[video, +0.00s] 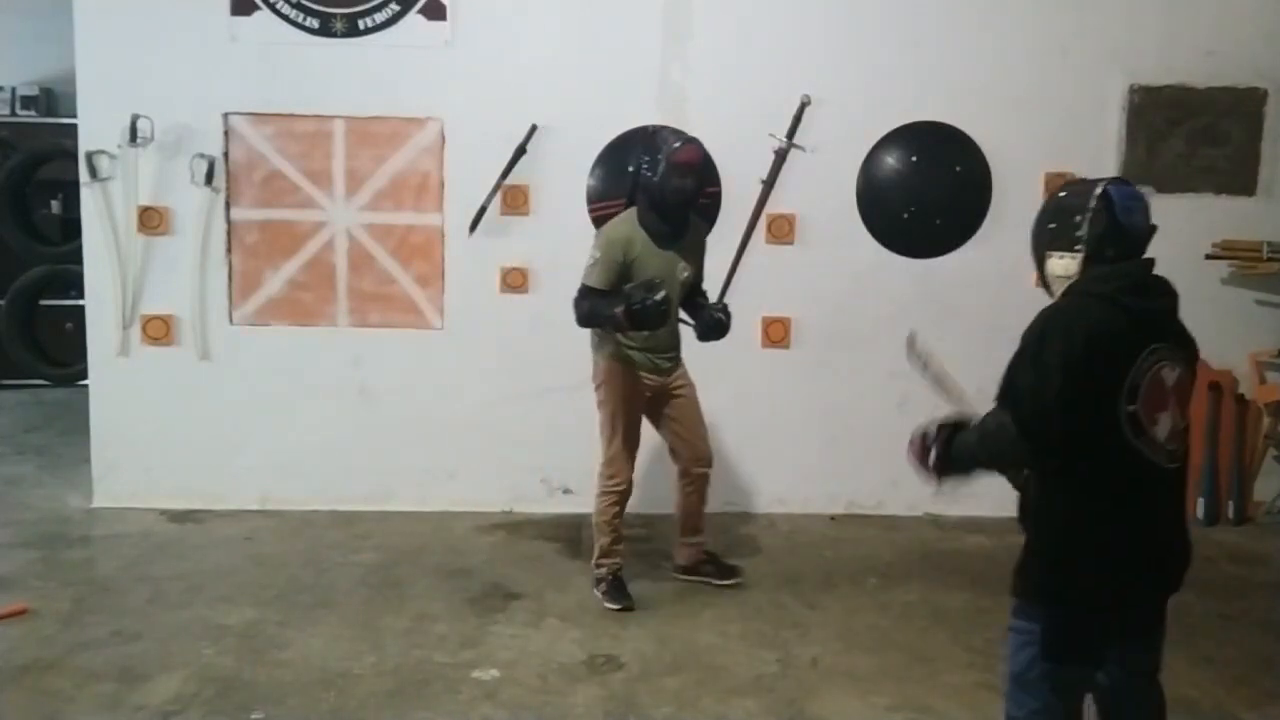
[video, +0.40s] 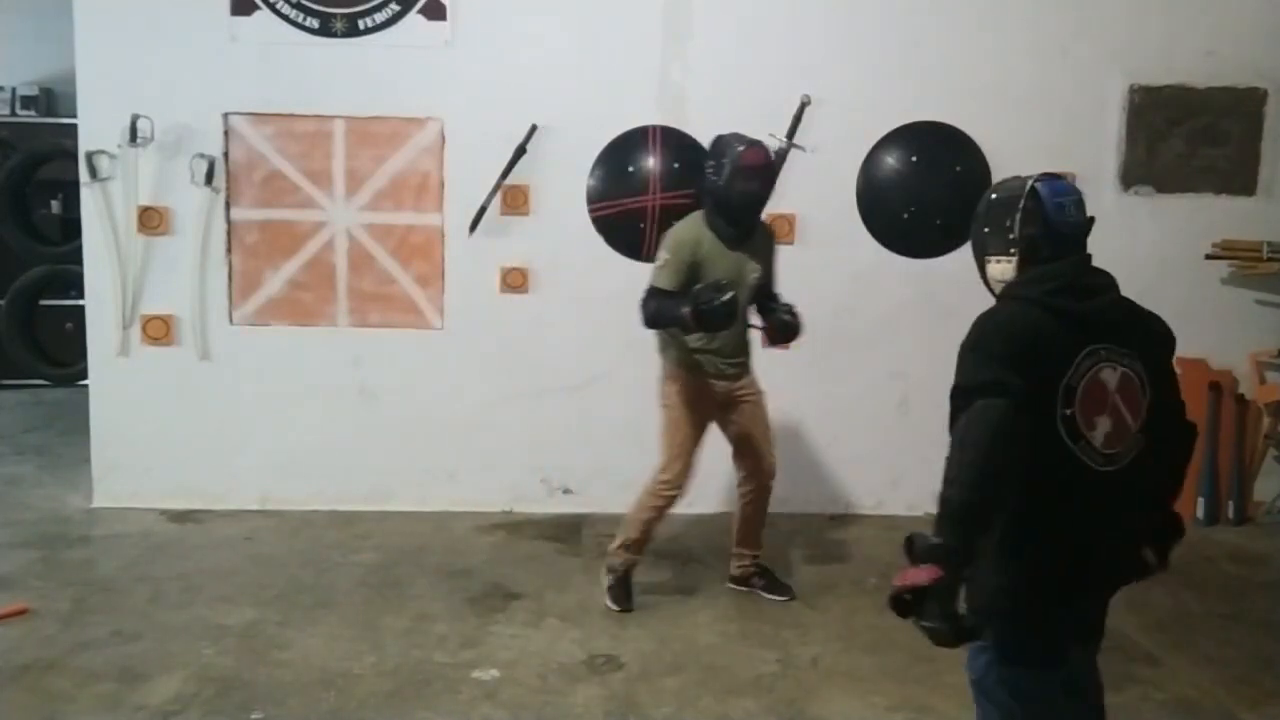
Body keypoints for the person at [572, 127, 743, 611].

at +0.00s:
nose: (687, 189)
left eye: (693, 181)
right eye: (678, 178)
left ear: (699, 189)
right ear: (654, 182)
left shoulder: (693, 235)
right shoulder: (618, 235)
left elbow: (689, 293)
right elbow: (585, 306)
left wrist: (707, 316)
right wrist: (627, 313)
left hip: (669, 367)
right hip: (619, 366)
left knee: (696, 459)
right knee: (617, 472)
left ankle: (690, 555)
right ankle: (607, 570)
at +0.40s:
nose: (757, 192)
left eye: (762, 183)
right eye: (747, 181)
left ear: (766, 186)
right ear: (718, 182)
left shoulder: (760, 239)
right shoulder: (687, 236)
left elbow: (765, 298)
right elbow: (652, 308)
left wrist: (779, 321)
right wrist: (692, 312)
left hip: (738, 378)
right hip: (687, 377)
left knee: (759, 468)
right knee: (673, 477)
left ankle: (745, 566)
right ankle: (620, 564)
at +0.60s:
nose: (785, 189)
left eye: (792, 179)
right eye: (776, 177)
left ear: (798, 182)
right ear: (748, 176)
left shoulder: (794, 235)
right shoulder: (714, 233)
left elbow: (805, 292)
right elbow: (679, 305)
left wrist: (821, 312)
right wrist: (719, 306)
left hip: (762, 368)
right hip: (713, 363)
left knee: (769, 467)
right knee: (726, 464)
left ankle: (747, 568)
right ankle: (692, 575)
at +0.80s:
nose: (802, 202)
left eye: (811, 193)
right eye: (793, 190)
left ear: (818, 198)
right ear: (767, 188)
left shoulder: (813, 251)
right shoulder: (733, 244)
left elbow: (835, 314)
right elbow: (708, 319)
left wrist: (836, 306)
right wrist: (763, 304)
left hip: (775, 375)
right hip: (727, 371)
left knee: (787, 482)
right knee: (761, 481)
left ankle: (751, 567)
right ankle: (738, 596)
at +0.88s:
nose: (810, 221)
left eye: (818, 212)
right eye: (803, 208)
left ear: (823, 215)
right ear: (776, 203)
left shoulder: (810, 259)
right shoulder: (748, 253)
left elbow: (851, 331)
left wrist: (837, 290)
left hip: (773, 382)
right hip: (727, 377)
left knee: (796, 493)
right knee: (772, 487)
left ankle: (754, 567)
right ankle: (742, 589)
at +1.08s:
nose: (831, 244)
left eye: (837, 234)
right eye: (822, 231)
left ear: (840, 234)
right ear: (791, 226)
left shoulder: (825, 285)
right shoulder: (758, 278)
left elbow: (845, 360)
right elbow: (762, 363)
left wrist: (859, 333)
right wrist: (821, 346)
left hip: (789, 400)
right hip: (741, 400)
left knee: (825, 510)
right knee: (788, 507)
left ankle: (760, 557)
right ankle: (770, 629)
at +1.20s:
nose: (830, 233)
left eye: (839, 223)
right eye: (821, 220)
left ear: (845, 226)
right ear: (793, 217)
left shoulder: (839, 279)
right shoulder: (760, 270)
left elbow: (836, 340)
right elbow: (716, 353)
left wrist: (852, 354)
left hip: (805, 405)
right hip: (751, 406)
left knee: (837, 501)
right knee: (786, 508)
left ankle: (780, 548)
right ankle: (772, 629)